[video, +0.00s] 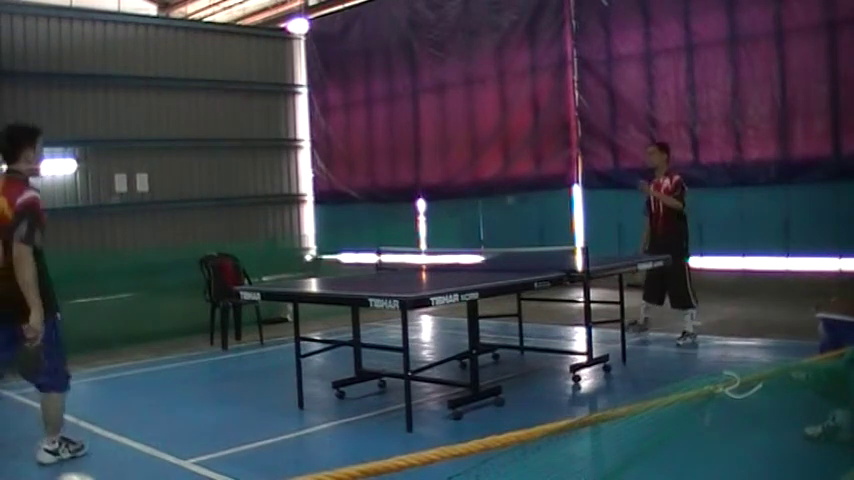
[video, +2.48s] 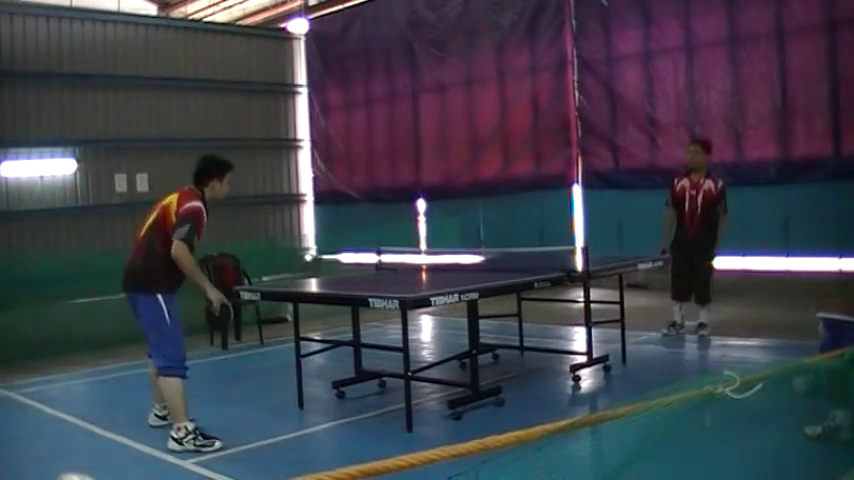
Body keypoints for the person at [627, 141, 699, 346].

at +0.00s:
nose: (649, 158)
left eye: (653, 154)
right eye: (649, 154)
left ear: (664, 157)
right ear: (652, 158)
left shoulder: (676, 181)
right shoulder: (653, 185)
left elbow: (679, 204)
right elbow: (651, 217)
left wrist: (653, 193)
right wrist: (645, 242)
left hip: (676, 243)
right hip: (657, 242)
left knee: (681, 285)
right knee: (652, 281)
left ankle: (689, 329)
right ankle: (643, 320)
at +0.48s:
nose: (612, 163)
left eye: (615, 159)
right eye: (612, 159)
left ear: (626, 163)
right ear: (617, 163)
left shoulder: (633, 181)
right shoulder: (618, 181)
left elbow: (626, 189)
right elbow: (599, 182)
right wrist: (581, 175)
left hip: (651, 235)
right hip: (635, 236)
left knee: (659, 274)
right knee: (635, 275)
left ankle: (672, 322)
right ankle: (637, 321)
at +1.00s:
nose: (621, 162)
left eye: (625, 158)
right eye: (620, 158)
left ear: (635, 160)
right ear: (621, 162)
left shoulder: (643, 181)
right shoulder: (627, 185)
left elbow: (647, 215)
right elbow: (627, 218)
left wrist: (647, 244)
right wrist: (626, 245)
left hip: (653, 238)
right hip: (638, 239)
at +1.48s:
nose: (677, 160)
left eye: (681, 156)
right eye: (674, 156)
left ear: (688, 159)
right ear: (670, 159)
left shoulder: (699, 186)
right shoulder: (661, 185)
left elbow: (706, 216)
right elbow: (649, 215)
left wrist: (707, 242)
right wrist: (639, 241)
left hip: (691, 245)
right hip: (667, 244)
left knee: (696, 283)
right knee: (659, 281)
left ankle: (701, 320)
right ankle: (647, 317)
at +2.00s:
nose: (696, 158)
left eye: (701, 154)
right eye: (693, 153)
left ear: (708, 157)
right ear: (688, 156)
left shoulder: (717, 184)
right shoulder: (676, 183)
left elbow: (726, 214)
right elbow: (668, 214)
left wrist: (716, 239)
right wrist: (669, 242)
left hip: (704, 243)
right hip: (680, 242)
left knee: (702, 284)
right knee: (677, 282)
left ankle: (702, 322)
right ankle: (677, 321)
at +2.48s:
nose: (690, 157)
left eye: (695, 153)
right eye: (689, 152)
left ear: (705, 157)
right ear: (686, 156)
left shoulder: (716, 185)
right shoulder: (679, 183)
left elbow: (722, 217)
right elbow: (671, 213)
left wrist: (716, 244)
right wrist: (665, 241)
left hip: (704, 244)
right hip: (681, 243)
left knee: (702, 285)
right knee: (678, 282)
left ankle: (703, 322)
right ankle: (677, 321)